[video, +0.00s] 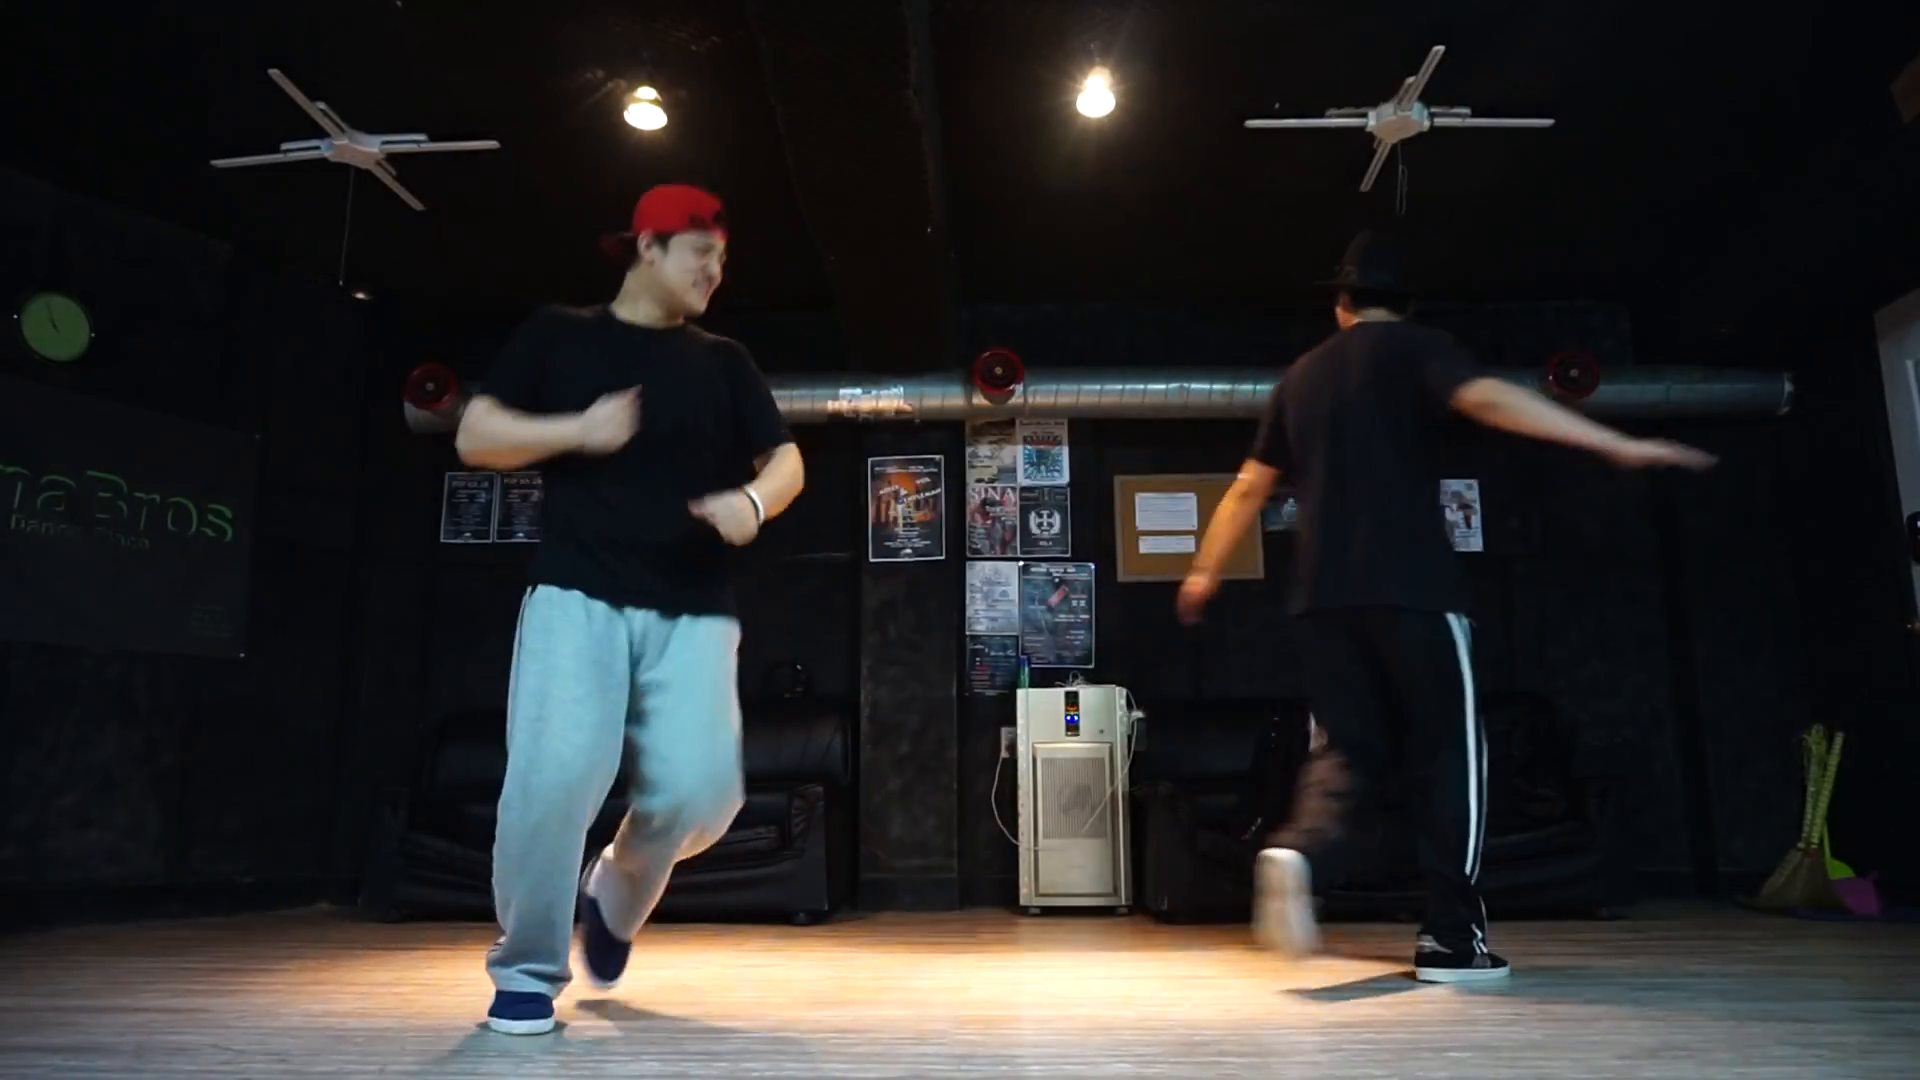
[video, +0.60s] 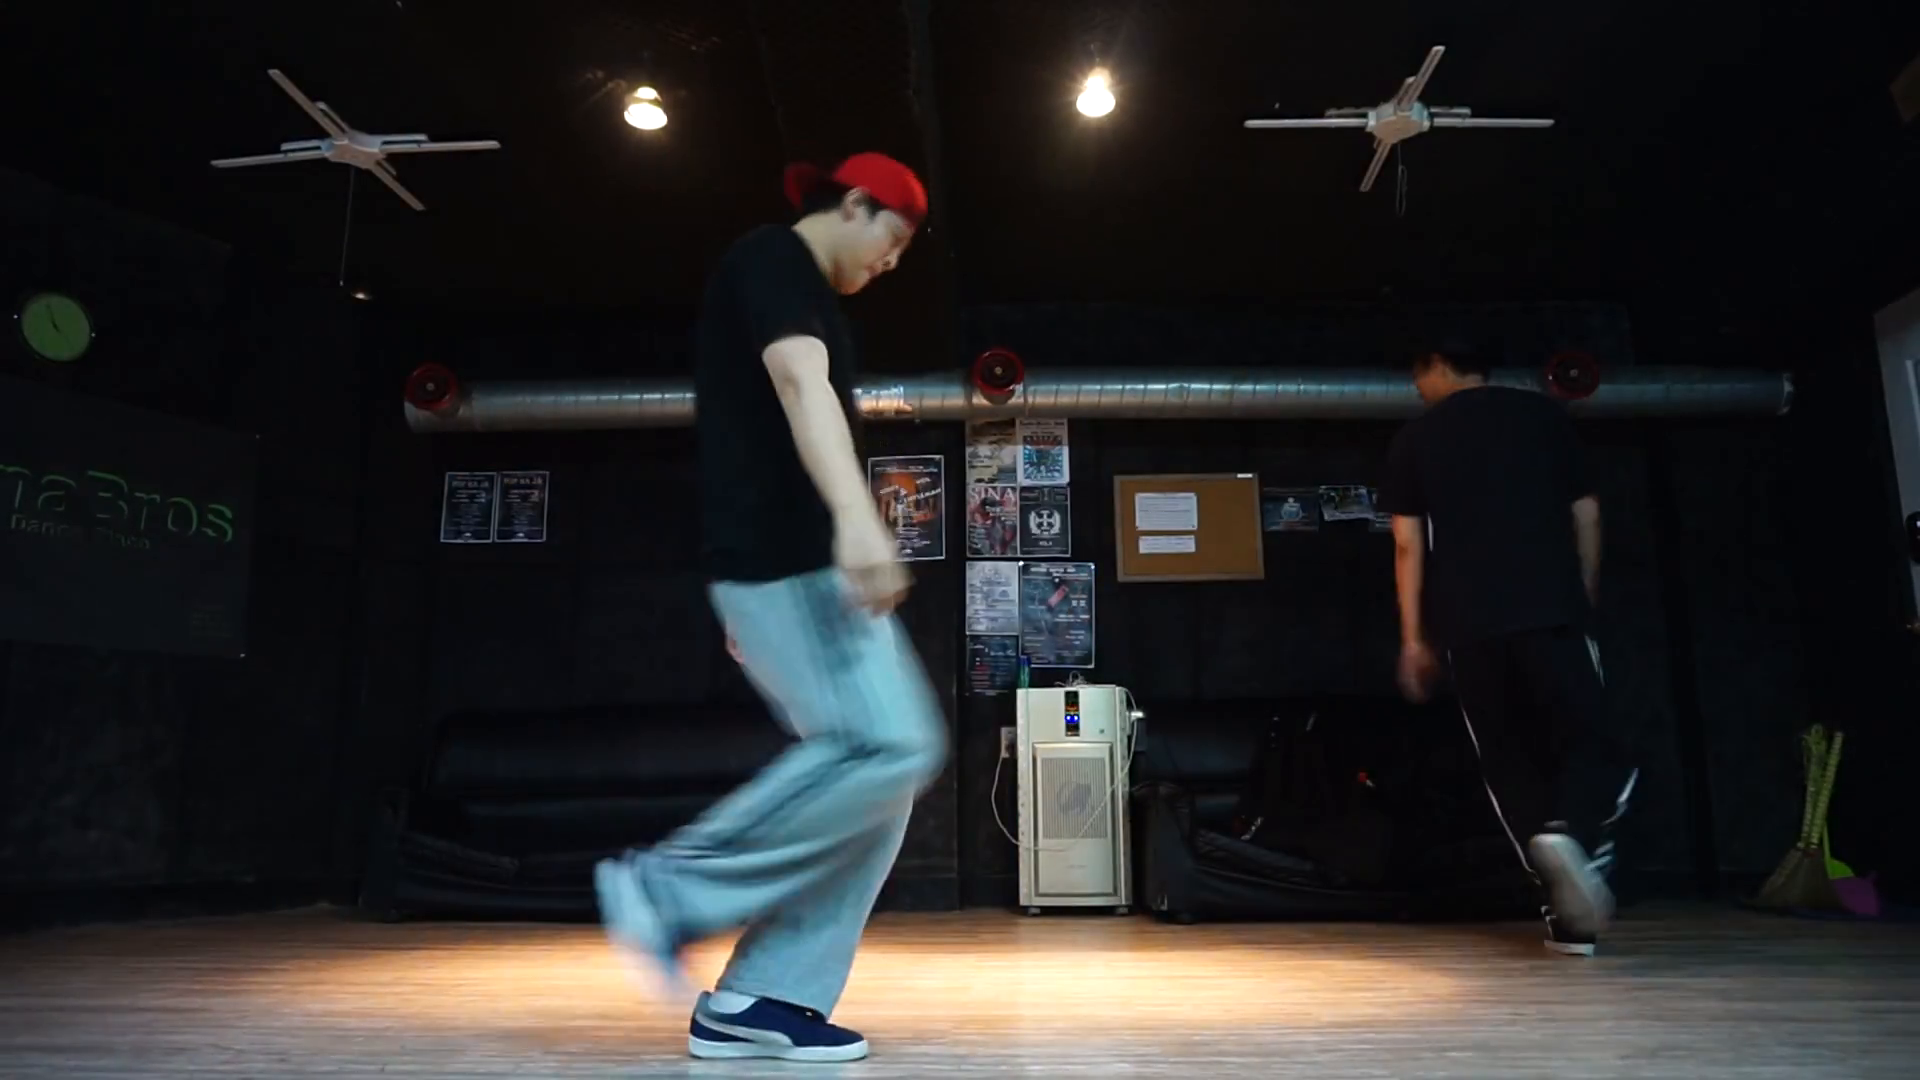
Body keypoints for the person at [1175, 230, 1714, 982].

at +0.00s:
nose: (1354, 309)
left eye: (1347, 297)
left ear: (1339, 301)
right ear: (1408, 298)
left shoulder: (1300, 379)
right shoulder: (1417, 353)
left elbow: (1249, 488)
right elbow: (1494, 401)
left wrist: (1205, 569)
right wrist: (1617, 443)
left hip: (1327, 598)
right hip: (1416, 590)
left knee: (1349, 749)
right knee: (1451, 753)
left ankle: (1296, 853)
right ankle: (1452, 936)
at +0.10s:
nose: (1347, 309)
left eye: (1348, 299)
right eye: (1355, 299)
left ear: (1355, 301)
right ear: (1420, 294)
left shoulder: (1322, 374)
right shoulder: (1450, 350)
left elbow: (1296, 485)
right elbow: (1545, 406)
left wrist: (1279, 563)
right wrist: (1660, 438)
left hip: (1358, 591)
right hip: (1442, 583)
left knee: (1391, 740)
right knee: (1462, 751)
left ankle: (1374, 876)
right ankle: (1455, 937)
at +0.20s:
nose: (1362, 319)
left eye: (1360, 311)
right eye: (1369, 310)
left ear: (1368, 309)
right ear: (1429, 298)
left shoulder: (1344, 382)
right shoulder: (1475, 353)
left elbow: (1345, 495)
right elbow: (1563, 435)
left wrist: (1362, 561)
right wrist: (1628, 452)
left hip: (1389, 591)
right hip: (1467, 583)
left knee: (1427, 747)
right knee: (1472, 749)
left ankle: (1452, 918)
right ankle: (1453, 935)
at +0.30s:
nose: (1381, 337)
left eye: (1381, 327)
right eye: (1390, 326)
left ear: (1387, 327)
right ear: (1448, 320)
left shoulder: (1369, 398)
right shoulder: (1494, 375)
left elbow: (1377, 500)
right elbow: (1552, 478)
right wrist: (1571, 484)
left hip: (1416, 600)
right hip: (1491, 593)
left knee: (1465, 753)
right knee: (1480, 760)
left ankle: (1543, 917)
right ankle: (1453, 936)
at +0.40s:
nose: (1396, 363)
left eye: (1396, 353)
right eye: (1398, 353)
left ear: (1406, 350)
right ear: (1464, 341)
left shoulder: (1391, 420)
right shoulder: (1517, 395)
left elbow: (1401, 523)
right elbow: (1541, 502)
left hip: (1440, 612)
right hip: (1517, 605)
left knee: (1492, 761)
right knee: (1512, 761)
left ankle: (1569, 915)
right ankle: (1457, 924)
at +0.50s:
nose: (1410, 386)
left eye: (1411, 375)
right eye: (1410, 374)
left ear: (1424, 369)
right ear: (1477, 361)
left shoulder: (1406, 436)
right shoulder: (1534, 409)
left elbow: (1405, 547)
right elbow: (1565, 513)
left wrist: (1449, 596)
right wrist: (1523, 560)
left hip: (1460, 617)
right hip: (1536, 609)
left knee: (1507, 762)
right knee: (1564, 746)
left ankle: (1570, 919)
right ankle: (1509, 875)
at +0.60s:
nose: (1419, 386)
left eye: (1421, 373)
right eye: (1419, 373)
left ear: (1439, 368)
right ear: (1483, 365)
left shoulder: (1417, 439)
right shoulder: (1544, 416)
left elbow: (1409, 544)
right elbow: (1586, 514)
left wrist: (1412, 637)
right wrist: (1585, 592)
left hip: (1470, 623)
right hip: (1550, 614)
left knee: (1506, 760)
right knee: (1602, 741)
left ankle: (1567, 914)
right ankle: (1574, 838)